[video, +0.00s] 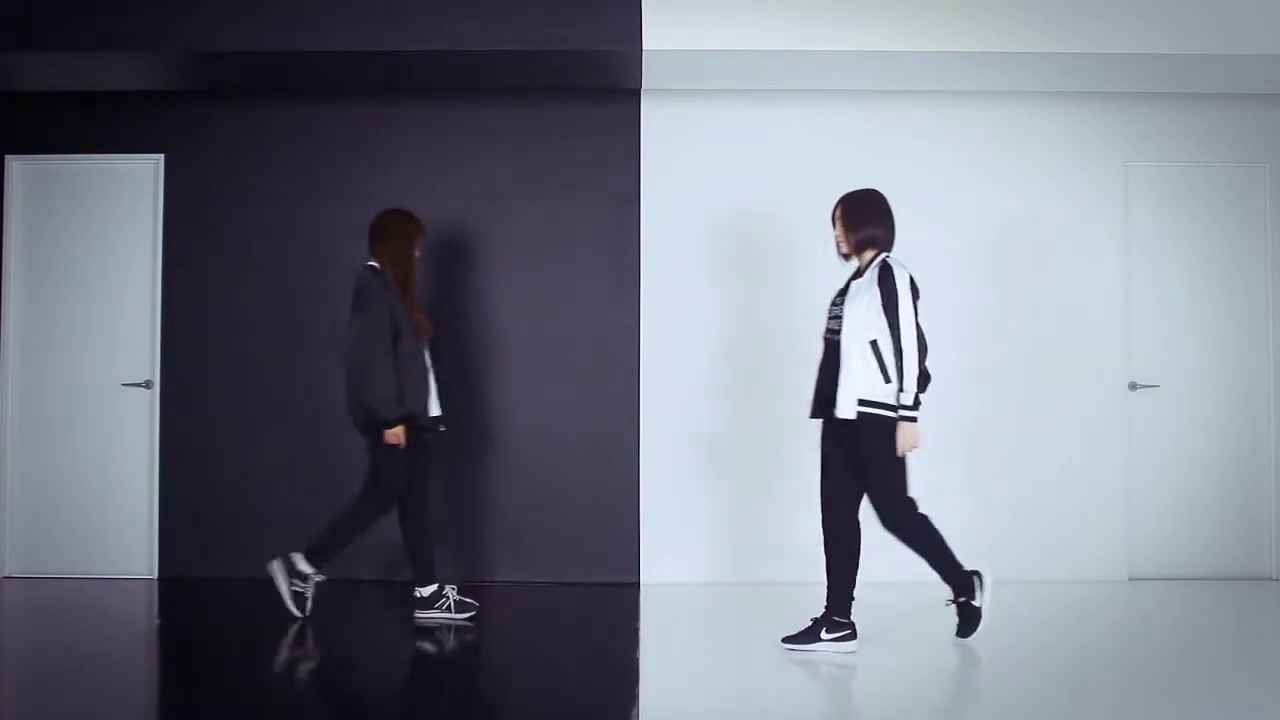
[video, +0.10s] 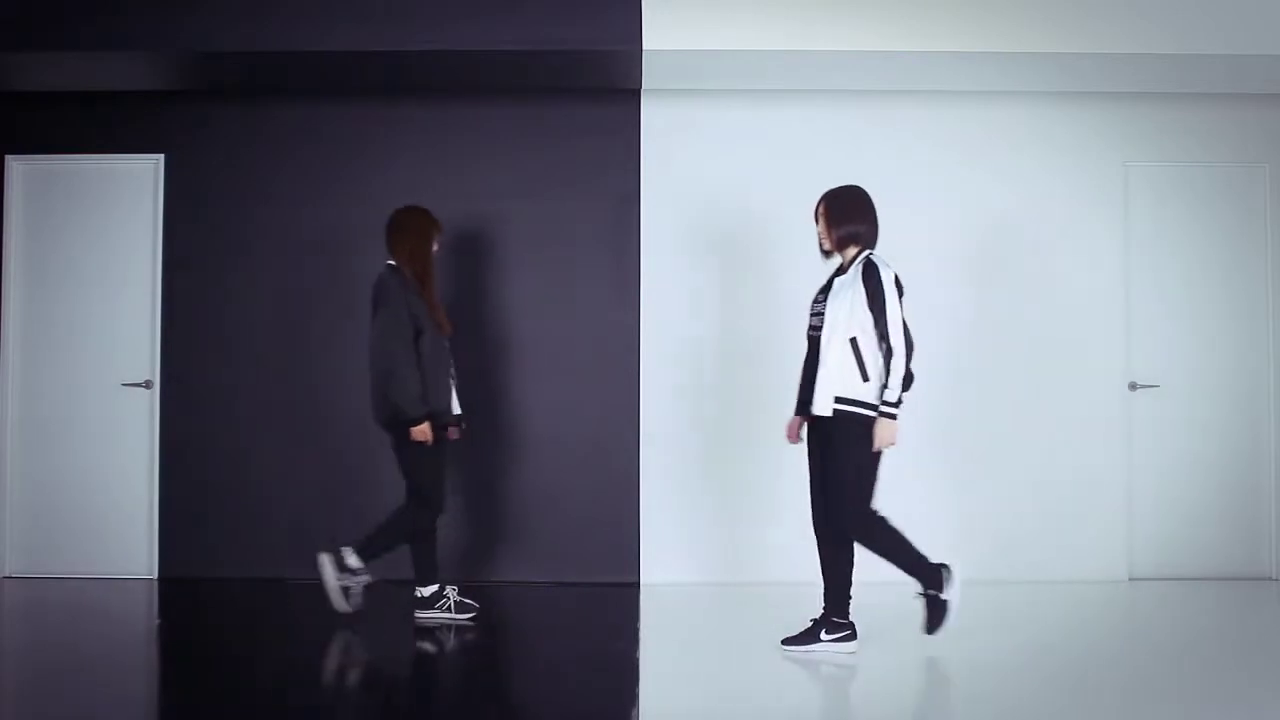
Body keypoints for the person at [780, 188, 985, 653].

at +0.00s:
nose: (835, 233)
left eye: (839, 224)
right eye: (835, 225)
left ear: (861, 225)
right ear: (863, 225)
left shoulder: (891, 274)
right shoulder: (852, 282)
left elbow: (910, 346)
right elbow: (847, 352)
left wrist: (907, 414)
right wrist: (828, 411)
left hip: (877, 421)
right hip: (839, 421)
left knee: (896, 513)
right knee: (838, 518)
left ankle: (964, 585)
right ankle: (837, 619)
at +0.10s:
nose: (818, 229)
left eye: (823, 221)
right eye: (818, 221)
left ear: (845, 222)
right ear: (844, 222)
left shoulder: (875, 272)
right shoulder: (831, 282)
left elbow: (899, 346)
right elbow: (817, 353)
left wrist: (889, 411)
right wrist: (801, 409)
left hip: (857, 415)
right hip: (822, 416)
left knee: (853, 514)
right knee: (828, 519)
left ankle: (932, 577)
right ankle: (836, 620)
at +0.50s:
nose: (762, 231)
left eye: (767, 221)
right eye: (762, 221)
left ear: (788, 221)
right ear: (796, 221)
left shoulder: (821, 273)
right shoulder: (781, 277)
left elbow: (834, 352)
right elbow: (767, 348)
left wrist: (826, 421)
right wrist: (745, 400)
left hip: (797, 421)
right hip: (783, 418)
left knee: (743, 506)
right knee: (811, 522)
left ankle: (719, 615)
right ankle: (836, 620)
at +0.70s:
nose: (726, 238)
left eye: (731, 228)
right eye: (726, 229)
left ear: (753, 228)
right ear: (763, 227)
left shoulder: (777, 275)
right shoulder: (754, 278)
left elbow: (786, 354)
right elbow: (755, 356)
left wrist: (781, 431)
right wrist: (735, 425)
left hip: (756, 427)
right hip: (752, 426)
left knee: (721, 529)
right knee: (793, 525)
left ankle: (682, 629)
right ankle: (833, 618)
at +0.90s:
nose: (687, 234)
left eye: (691, 225)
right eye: (686, 225)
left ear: (712, 222)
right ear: (724, 220)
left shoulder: (738, 268)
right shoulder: (719, 270)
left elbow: (726, 348)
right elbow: (710, 347)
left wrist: (703, 420)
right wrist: (691, 414)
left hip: (718, 418)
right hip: (712, 416)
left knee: (694, 524)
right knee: (743, 517)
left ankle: (678, 629)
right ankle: (813, 603)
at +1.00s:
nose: (670, 234)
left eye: (674, 224)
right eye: (670, 224)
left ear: (695, 222)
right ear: (707, 220)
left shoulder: (721, 269)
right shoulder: (704, 270)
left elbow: (701, 347)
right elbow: (689, 348)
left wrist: (666, 414)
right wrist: (662, 410)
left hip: (701, 415)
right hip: (692, 414)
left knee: (678, 525)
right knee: (698, 522)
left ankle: (676, 631)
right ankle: (784, 590)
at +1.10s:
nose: (656, 234)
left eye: (660, 224)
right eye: (655, 225)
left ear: (679, 221)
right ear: (691, 219)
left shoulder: (705, 267)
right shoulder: (689, 269)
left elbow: (682, 349)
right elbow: (669, 350)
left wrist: (638, 411)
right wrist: (635, 411)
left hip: (690, 412)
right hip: (674, 410)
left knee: (665, 519)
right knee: (659, 518)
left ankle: (675, 631)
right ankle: (742, 579)